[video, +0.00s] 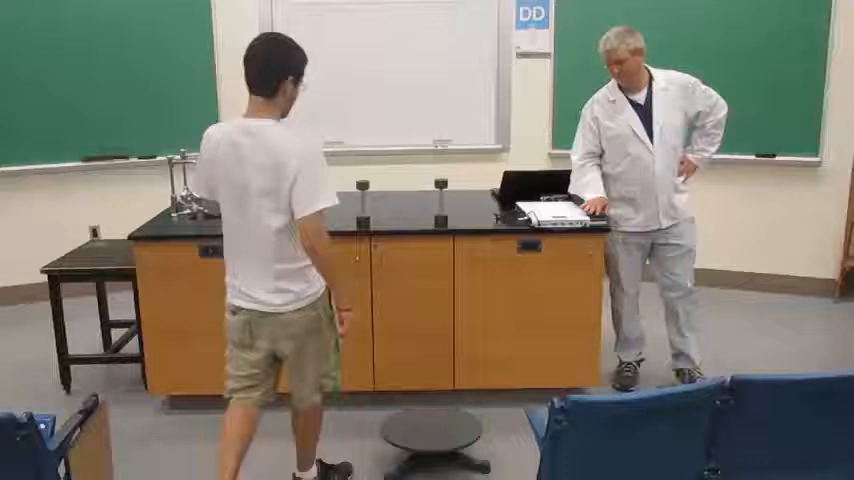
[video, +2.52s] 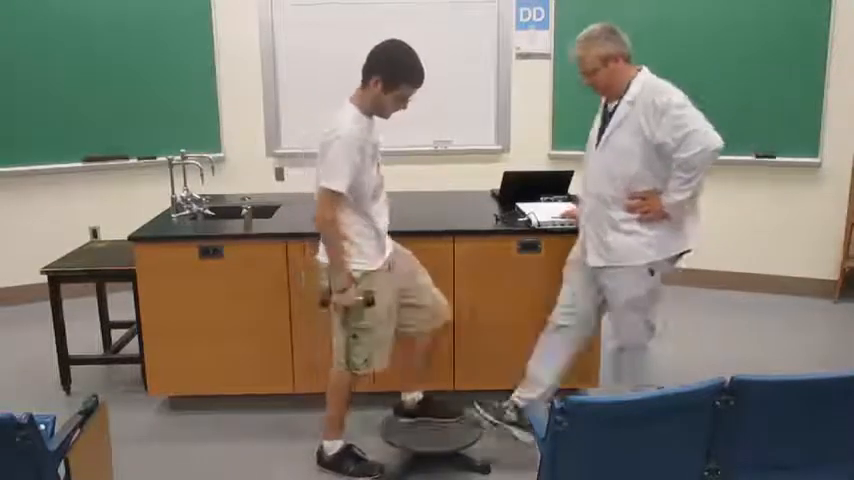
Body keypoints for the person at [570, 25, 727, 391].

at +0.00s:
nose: (613, 71)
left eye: (618, 63)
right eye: (609, 65)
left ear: (640, 56)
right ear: (606, 63)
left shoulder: (679, 87)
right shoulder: (598, 107)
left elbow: (716, 110)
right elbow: (585, 159)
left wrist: (698, 155)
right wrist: (594, 192)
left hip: (674, 215)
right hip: (624, 219)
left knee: (680, 291)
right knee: (623, 295)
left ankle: (686, 362)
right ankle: (628, 359)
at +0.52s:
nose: (635, 74)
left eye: (641, 66)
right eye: (632, 67)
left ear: (665, 59)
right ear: (631, 66)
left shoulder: (708, 95)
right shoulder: (627, 106)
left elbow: (757, 126)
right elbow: (606, 157)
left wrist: (722, 174)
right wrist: (600, 195)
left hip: (688, 225)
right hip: (637, 225)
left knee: (686, 308)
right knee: (632, 301)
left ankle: (688, 385)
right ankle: (630, 360)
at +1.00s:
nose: (660, 66)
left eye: (665, 58)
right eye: (658, 58)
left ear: (692, 53)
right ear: (671, 55)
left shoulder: (735, 95)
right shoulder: (656, 100)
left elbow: (788, 130)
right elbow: (629, 158)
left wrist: (749, 180)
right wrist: (606, 201)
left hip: (707, 230)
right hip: (655, 227)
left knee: (700, 316)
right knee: (643, 302)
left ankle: (696, 395)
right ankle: (651, 377)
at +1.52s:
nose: (647, 69)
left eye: (652, 60)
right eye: (645, 61)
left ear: (679, 54)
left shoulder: (728, 97)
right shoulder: (649, 107)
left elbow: (785, 132)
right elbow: (633, 167)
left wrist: (747, 185)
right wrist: (605, 202)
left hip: (704, 240)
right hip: (652, 239)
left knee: (701, 329)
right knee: (645, 325)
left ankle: (694, 407)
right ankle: (641, 406)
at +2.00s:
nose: (611, 74)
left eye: (616, 65)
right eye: (609, 67)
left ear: (644, 58)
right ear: (637, 61)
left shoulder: (693, 97)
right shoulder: (619, 106)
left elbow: (751, 134)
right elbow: (613, 171)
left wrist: (712, 191)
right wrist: (594, 211)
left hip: (668, 243)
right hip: (625, 241)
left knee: (645, 336)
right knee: (628, 336)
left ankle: (653, 425)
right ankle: (635, 423)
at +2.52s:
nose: (586, 81)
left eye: (591, 71)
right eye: (583, 73)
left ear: (618, 62)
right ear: (609, 65)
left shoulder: (656, 96)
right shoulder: (611, 102)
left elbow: (703, 144)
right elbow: (611, 166)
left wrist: (670, 200)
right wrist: (585, 203)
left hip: (637, 246)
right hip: (596, 240)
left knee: (628, 343)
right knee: (566, 323)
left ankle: (626, 429)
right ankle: (525, 405)